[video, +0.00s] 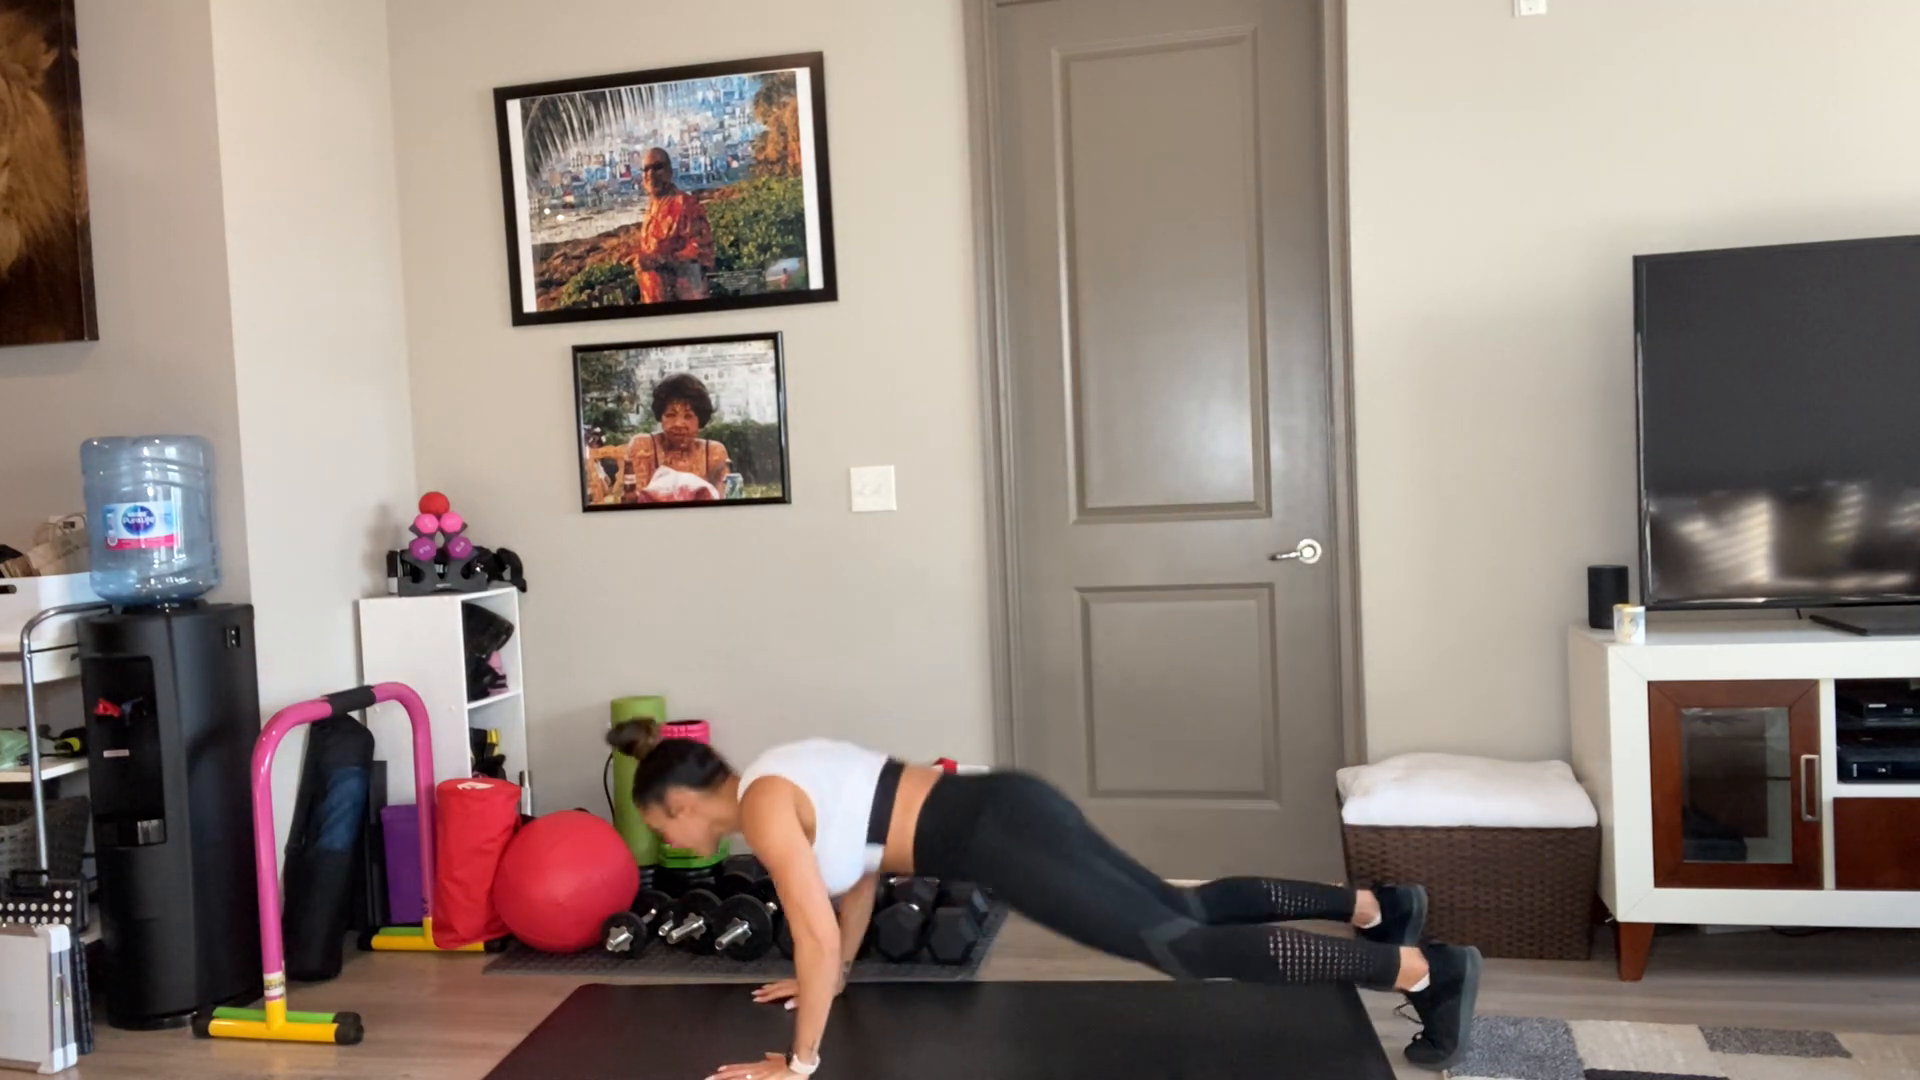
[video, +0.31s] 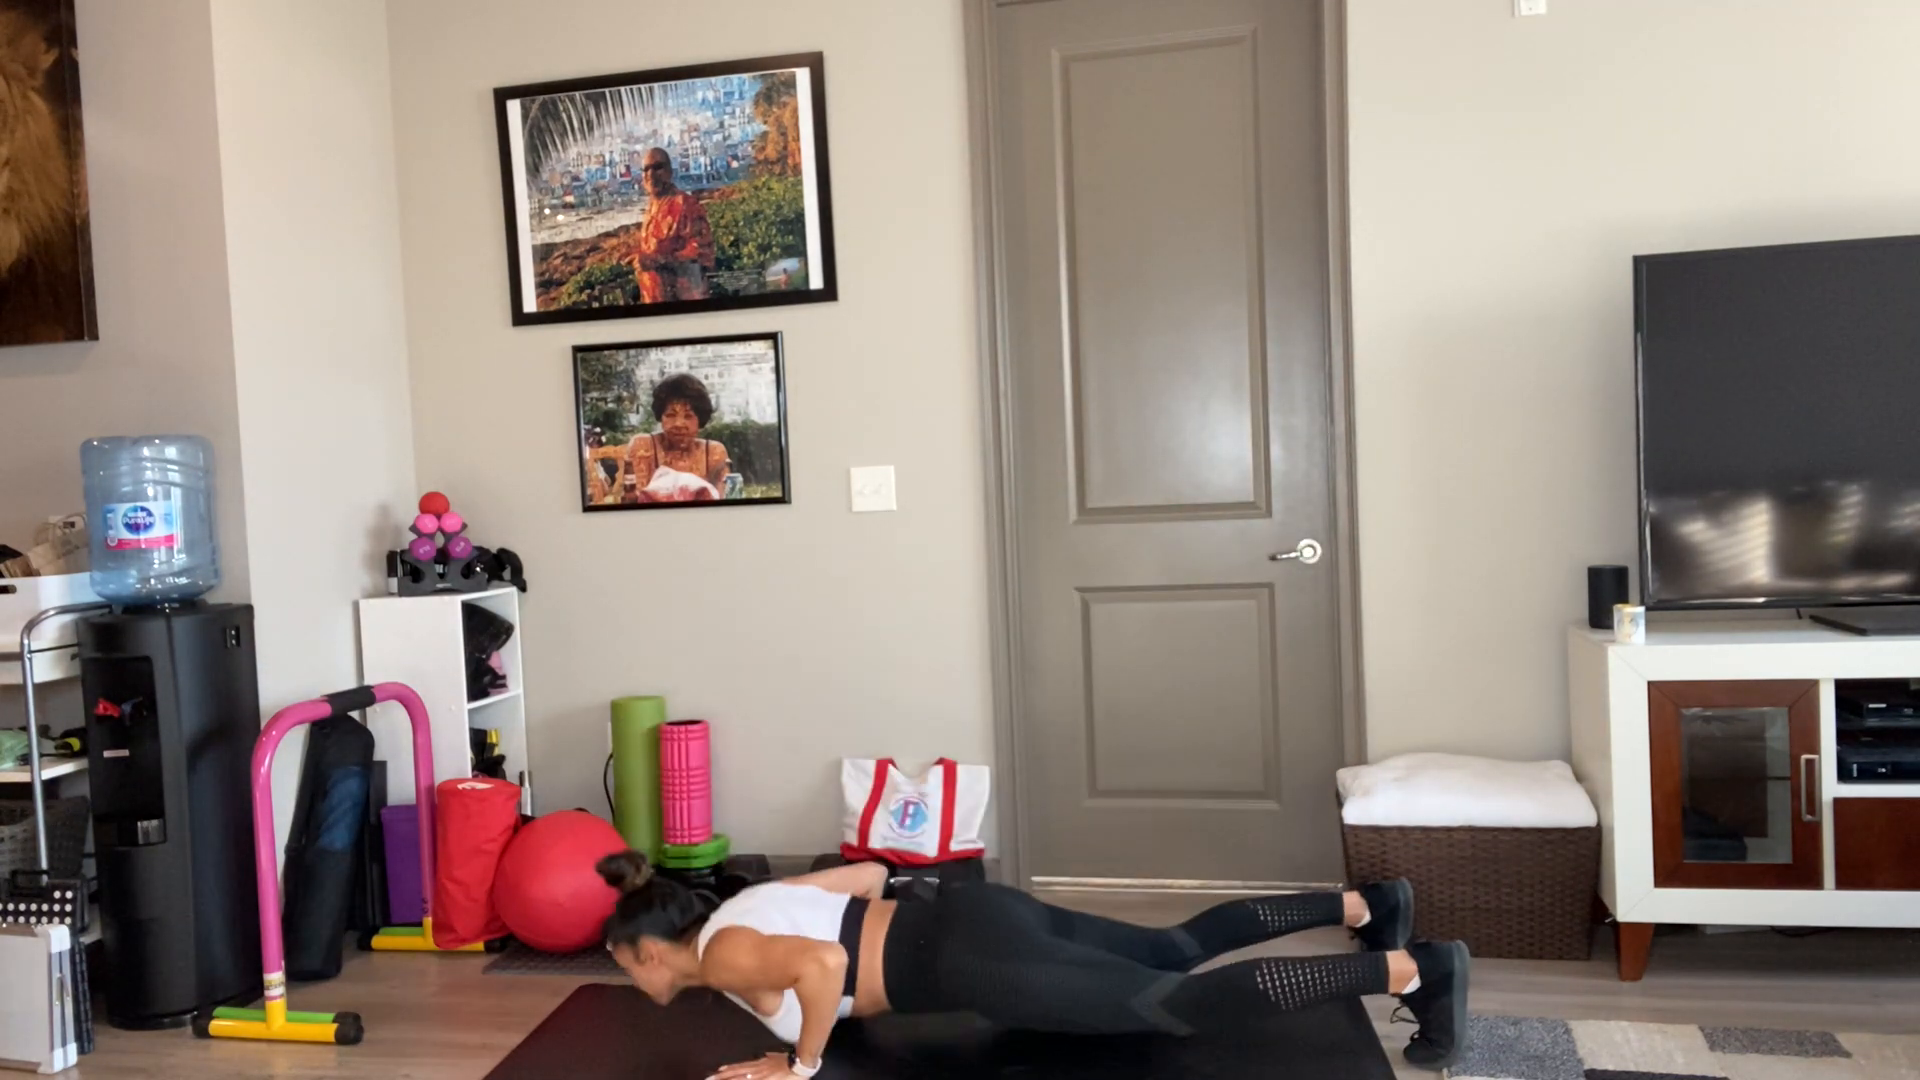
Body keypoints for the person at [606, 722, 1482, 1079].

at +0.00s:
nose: (679, 847)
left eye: (670, 834)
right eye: (666, 838)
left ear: (687, 801)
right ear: (698, 782)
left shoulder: (762, 813)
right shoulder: (786, 774)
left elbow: (823, 943)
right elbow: (845, 906)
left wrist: (804, 1050)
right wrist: (811, 982)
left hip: (984, 834)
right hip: (1001, 805)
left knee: (1173, 944)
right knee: (1173, 906)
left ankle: (1413, 967)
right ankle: (1361, 909)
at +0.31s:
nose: (639, 981)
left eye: (635, 967)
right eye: (632, 971)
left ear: (661, 943)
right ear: (676, 914)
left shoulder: (723, 952)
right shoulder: (756, 905)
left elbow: (822, 970)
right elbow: (869, 879)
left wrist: (798, 1059)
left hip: (953, 952)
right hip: (963, 905)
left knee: (1169, 1001)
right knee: (1173, 946)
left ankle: (1402, 972)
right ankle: (1355, 903)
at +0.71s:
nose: (650, 867)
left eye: (651, 853)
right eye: (647, 853)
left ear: (682, 841)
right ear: (698, 826)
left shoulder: (745, 884)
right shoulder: (762, 838)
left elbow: (827, 975)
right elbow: (837, 905)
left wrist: (800, 1063)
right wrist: (796, 971)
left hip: (960, 946)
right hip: (974, 899)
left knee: (1166, 1026)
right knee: (1170, 965)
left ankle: (1392, 968)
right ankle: (1347, 891)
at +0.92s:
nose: (689, 784)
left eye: (688, 766)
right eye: (684, 771)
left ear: (719, 745)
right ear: (733, 733)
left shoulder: (786, 790)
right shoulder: (813, 752)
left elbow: (812, 941)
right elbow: (850, 884)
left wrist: (800, 1059)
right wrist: (821, 969)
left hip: (993, 871)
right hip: (1005, 846)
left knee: (1168, 1001)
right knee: (1174, 959)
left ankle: (1394, 968)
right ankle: (1361, 909)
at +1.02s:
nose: (701, 787)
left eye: (694, 772)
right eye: (691, 776)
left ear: (715, 743)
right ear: (729, 729)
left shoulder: (789, 775)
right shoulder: (808, 737)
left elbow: (804, 914)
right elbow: (840, 877)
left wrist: (803, 1045)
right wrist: (819, 971)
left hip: (1020, 797)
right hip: (1027, 774)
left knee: (1186, 946)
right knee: (1189, 900)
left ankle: (1417, 971)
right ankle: (1378, 909)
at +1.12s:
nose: (719, 808)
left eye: (708, 793)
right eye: (707, 796)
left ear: (725, 768)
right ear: (741, 745)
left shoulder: (797, 768)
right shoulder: (813, 749)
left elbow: (807, 912)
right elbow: (839, 891)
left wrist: (803, 1050)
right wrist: (812, 977)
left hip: (1029, 696)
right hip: (1032, 695)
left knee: (1160, 887)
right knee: (1161, 853)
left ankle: (1385, 947)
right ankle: (1340, 880)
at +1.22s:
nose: (790, 822)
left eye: (778, 810)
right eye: (777, 815)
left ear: (788, 775)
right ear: (797, 757)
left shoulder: (842, 767)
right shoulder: (860, 756)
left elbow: (823, 914)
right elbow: (856, 891)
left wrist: (800, 1055)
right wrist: (825, 975)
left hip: (1057, 636)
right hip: (1060, 638)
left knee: (1092, 860)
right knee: (1094, 819)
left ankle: (1307, 931)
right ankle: (1255, 872)